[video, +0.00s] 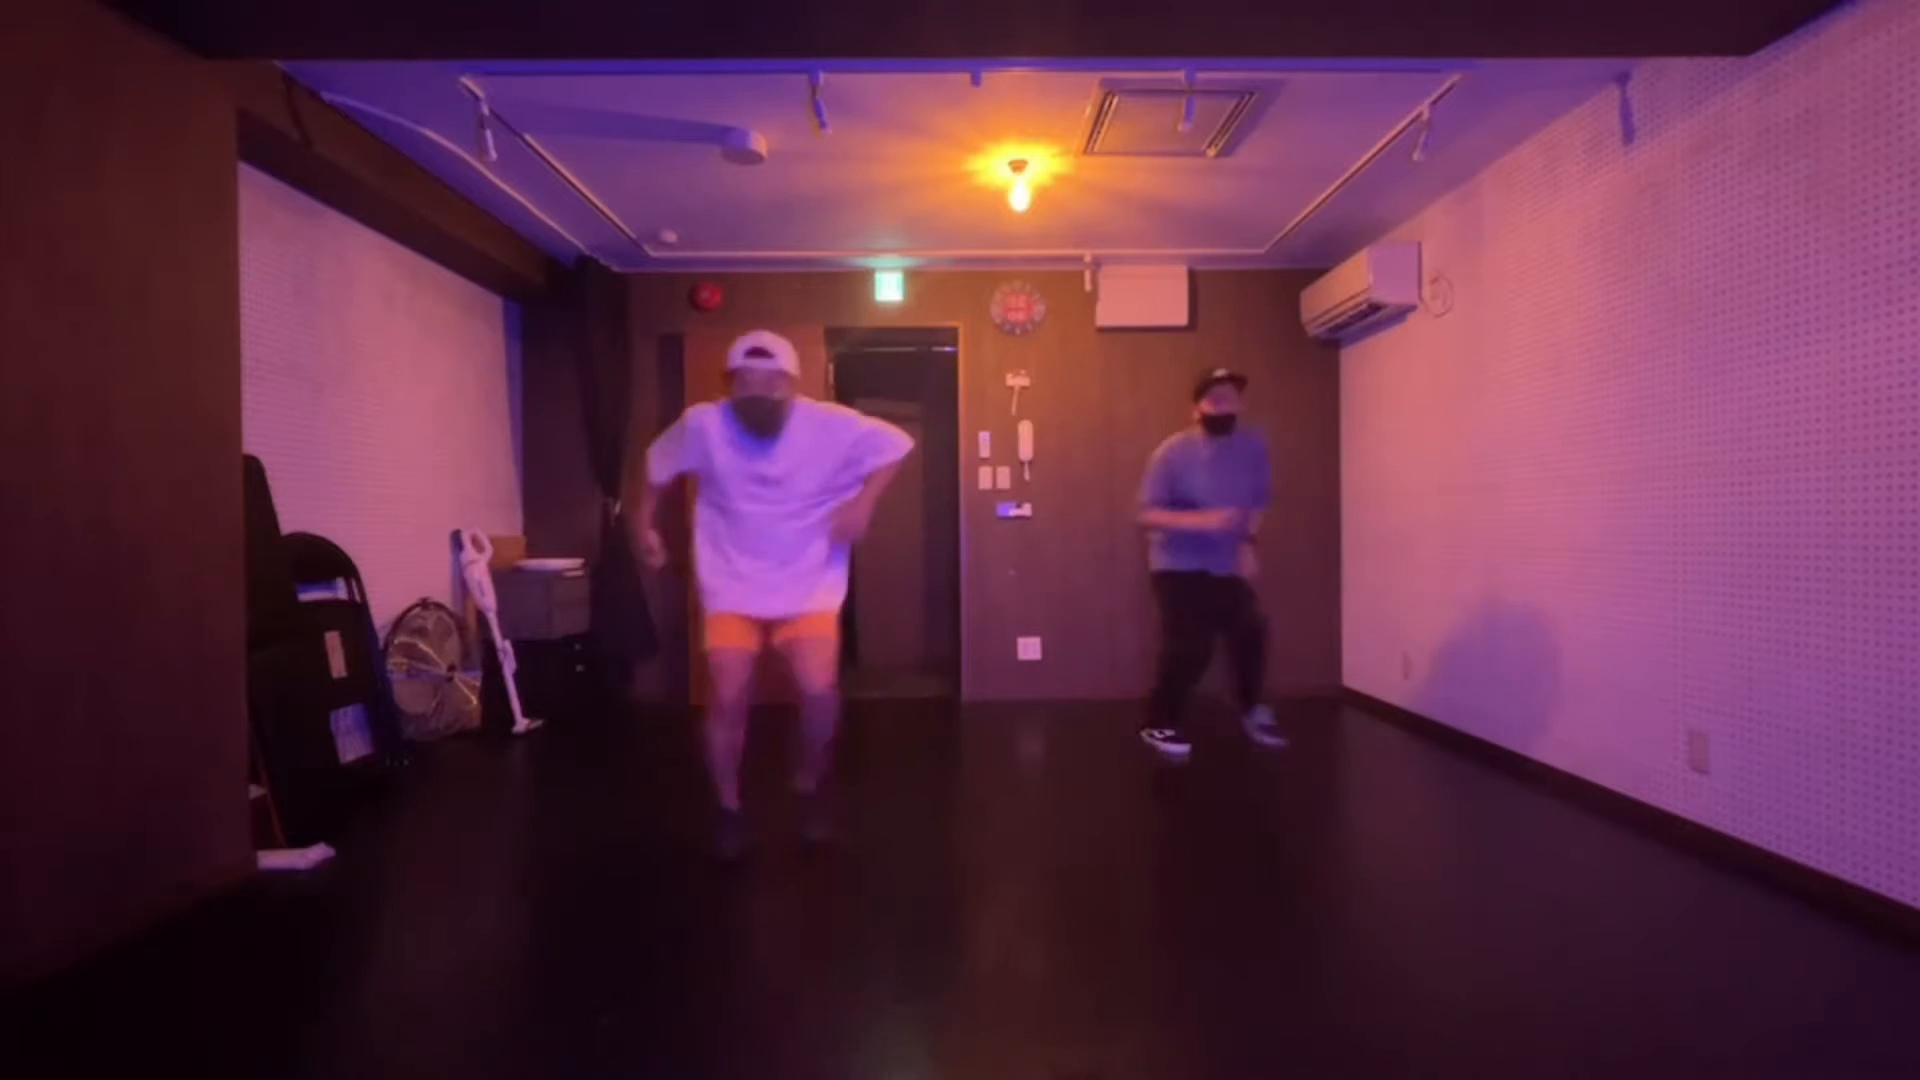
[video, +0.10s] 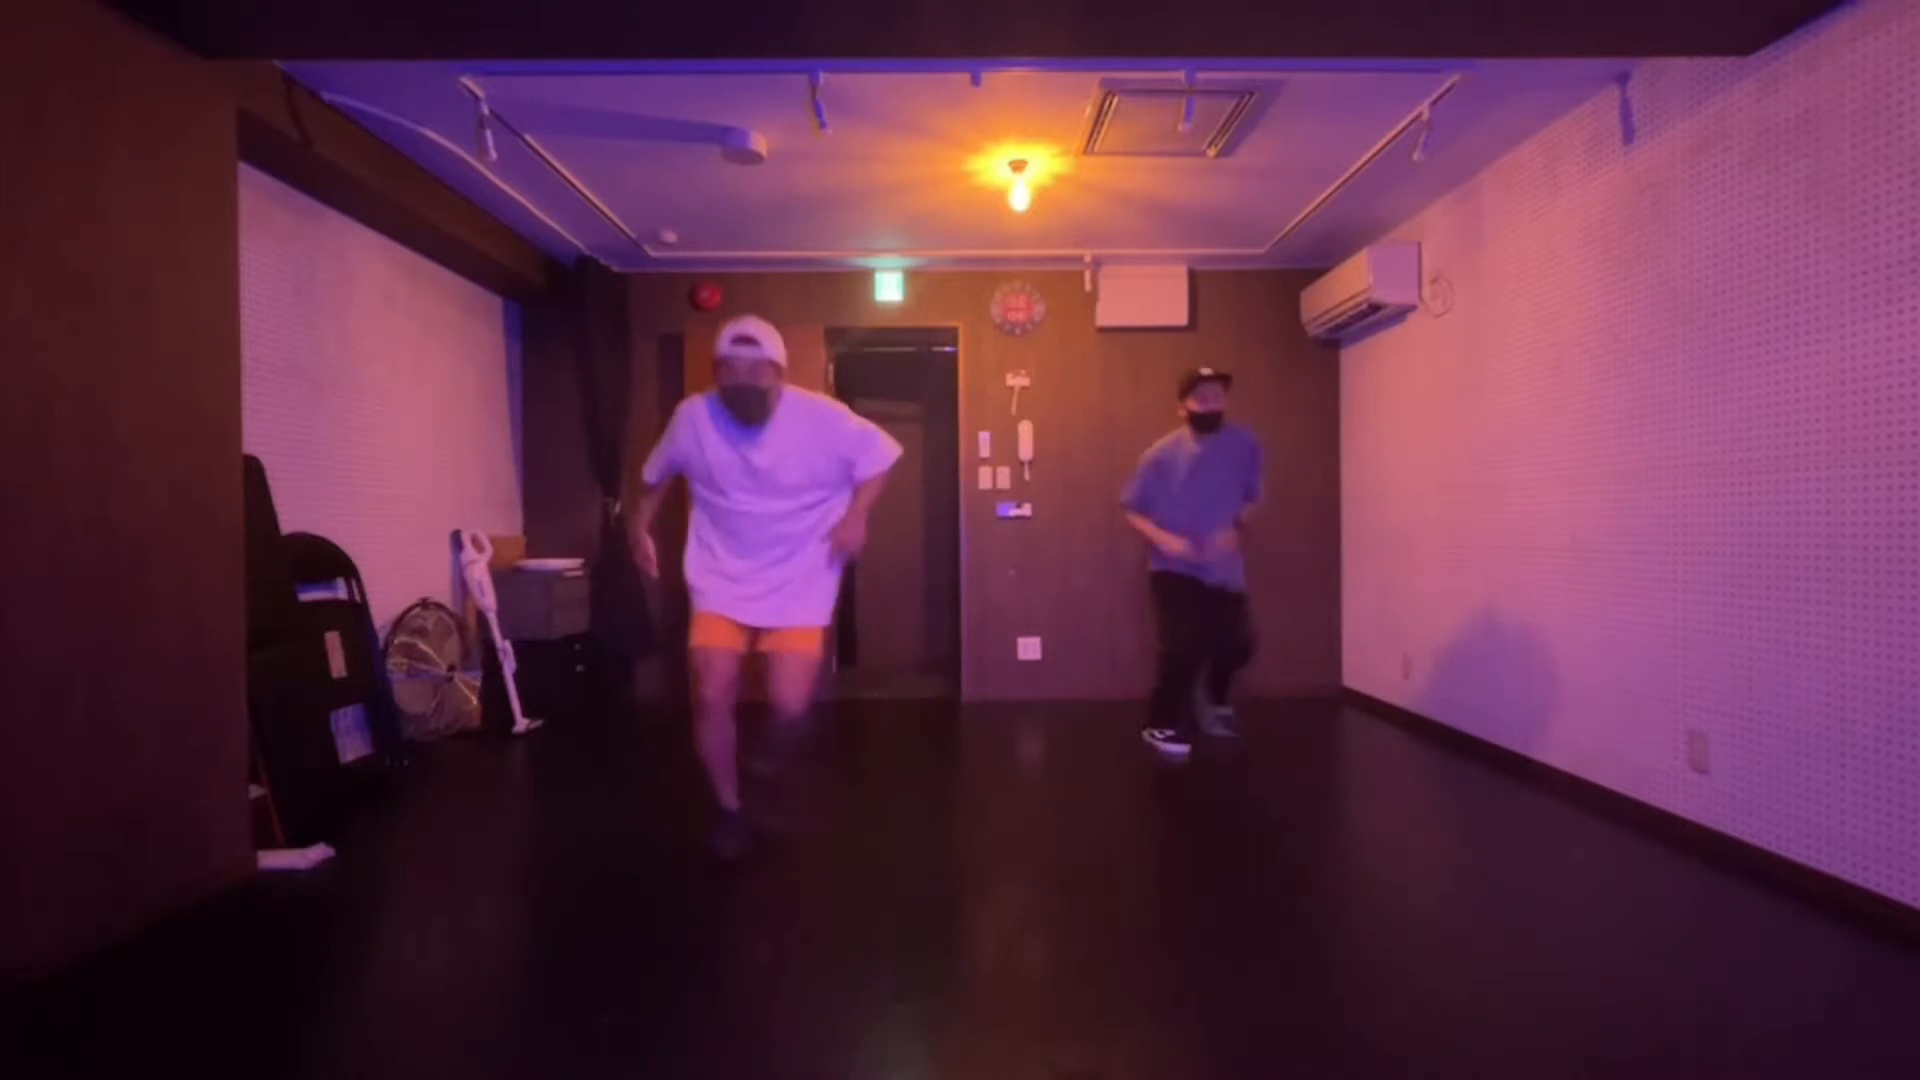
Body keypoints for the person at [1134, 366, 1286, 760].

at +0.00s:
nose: (1225, 408)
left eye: (1231, 399)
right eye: (1216, 399)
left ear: (1240, 404)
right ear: (1198, 405)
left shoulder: (1251, 449)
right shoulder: (1174, 451)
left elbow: (1259, 502)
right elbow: (1146, 512)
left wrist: (1248, 539)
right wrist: (1206, 521)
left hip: (1226, 568)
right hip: (1178, 569)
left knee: (1250, 631)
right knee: (1187, 646)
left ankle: (1252, 708)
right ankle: (1161, 723)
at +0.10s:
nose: (1210, 406)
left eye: (1217, 396)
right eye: (1201, 397)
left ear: (1227, 401)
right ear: (1183, 405)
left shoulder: (1243, 446)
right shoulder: (1164, 453)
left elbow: (1253, 499)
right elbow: (1132, 507)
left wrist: (1230, 532)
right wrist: (1165, 540)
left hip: (1223, 571)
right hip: (1176, 570)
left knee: (1234, 644)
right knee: (1181, 650)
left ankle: (1217, 701)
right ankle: (1163, 723)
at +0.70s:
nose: (1222, 382)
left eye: (1229, 374)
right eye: (1213, 374)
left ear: (1241, 383)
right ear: (1196, 383)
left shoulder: (1259, 436)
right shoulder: (1173, 439)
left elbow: (1273, 501)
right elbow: (1149, 496)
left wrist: (1267, 557)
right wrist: (1148, 543)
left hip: (1237, 558)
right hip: (1186, 557)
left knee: (1256, 629)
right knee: (1189, 638)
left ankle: (1222, 687)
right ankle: (1159, 721)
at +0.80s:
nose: (1255, 359)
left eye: (1263, 352)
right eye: (1246, 350)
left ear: (1273, 362)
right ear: (1226, 358)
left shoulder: (1285, 413)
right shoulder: (1198, 411)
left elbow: (1302, 472)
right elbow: (1164, 465)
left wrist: (1301, 528)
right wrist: (1164, 514)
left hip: (1262, 550)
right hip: (1207, 550)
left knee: (1301, 618)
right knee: (1192, 635)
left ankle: (1294, 717)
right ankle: (1163, 719)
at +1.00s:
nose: (1302, 364)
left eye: (1312, 358)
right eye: (1296, 354)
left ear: (1325, 362)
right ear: (1278, 354)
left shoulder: (1336, 395)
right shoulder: (1249, 390)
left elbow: (1347, 452)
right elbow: (1206, 431)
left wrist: (1348, 506)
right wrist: (1210, 472)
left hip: (1318, 543)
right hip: (1261, 541)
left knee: (1333, 639)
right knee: (1234, 632)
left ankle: (1331, 727)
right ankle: (1205, 716)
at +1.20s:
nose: (1346, 363)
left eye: (1354, 356)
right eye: (1339, 353)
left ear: (1362, 363)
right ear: (1319, 357)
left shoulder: (1372, 415)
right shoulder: (1286, 402)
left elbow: (1385, 483)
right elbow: (1237, 446)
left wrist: (1377, 543)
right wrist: (1255, 491)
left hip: (1341, 551)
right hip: (1283, 546)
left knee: (1353, 641)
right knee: (1269, 631)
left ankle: (1365, 726)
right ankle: (1262, 718)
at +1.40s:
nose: (1389, 392)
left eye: (1398, 387)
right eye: (1382, 383)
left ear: (1406, 397)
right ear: (1363, 386)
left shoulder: (1400, 451)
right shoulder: (1329, 431)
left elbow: (1410, 509)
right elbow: (1281, 483)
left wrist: (1383, 520)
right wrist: (1299, 538)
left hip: (1362, 570)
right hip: (1314, 565)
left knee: (1369, 647)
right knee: (1315, 638)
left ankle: (1370, 725)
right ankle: (1314, 697)